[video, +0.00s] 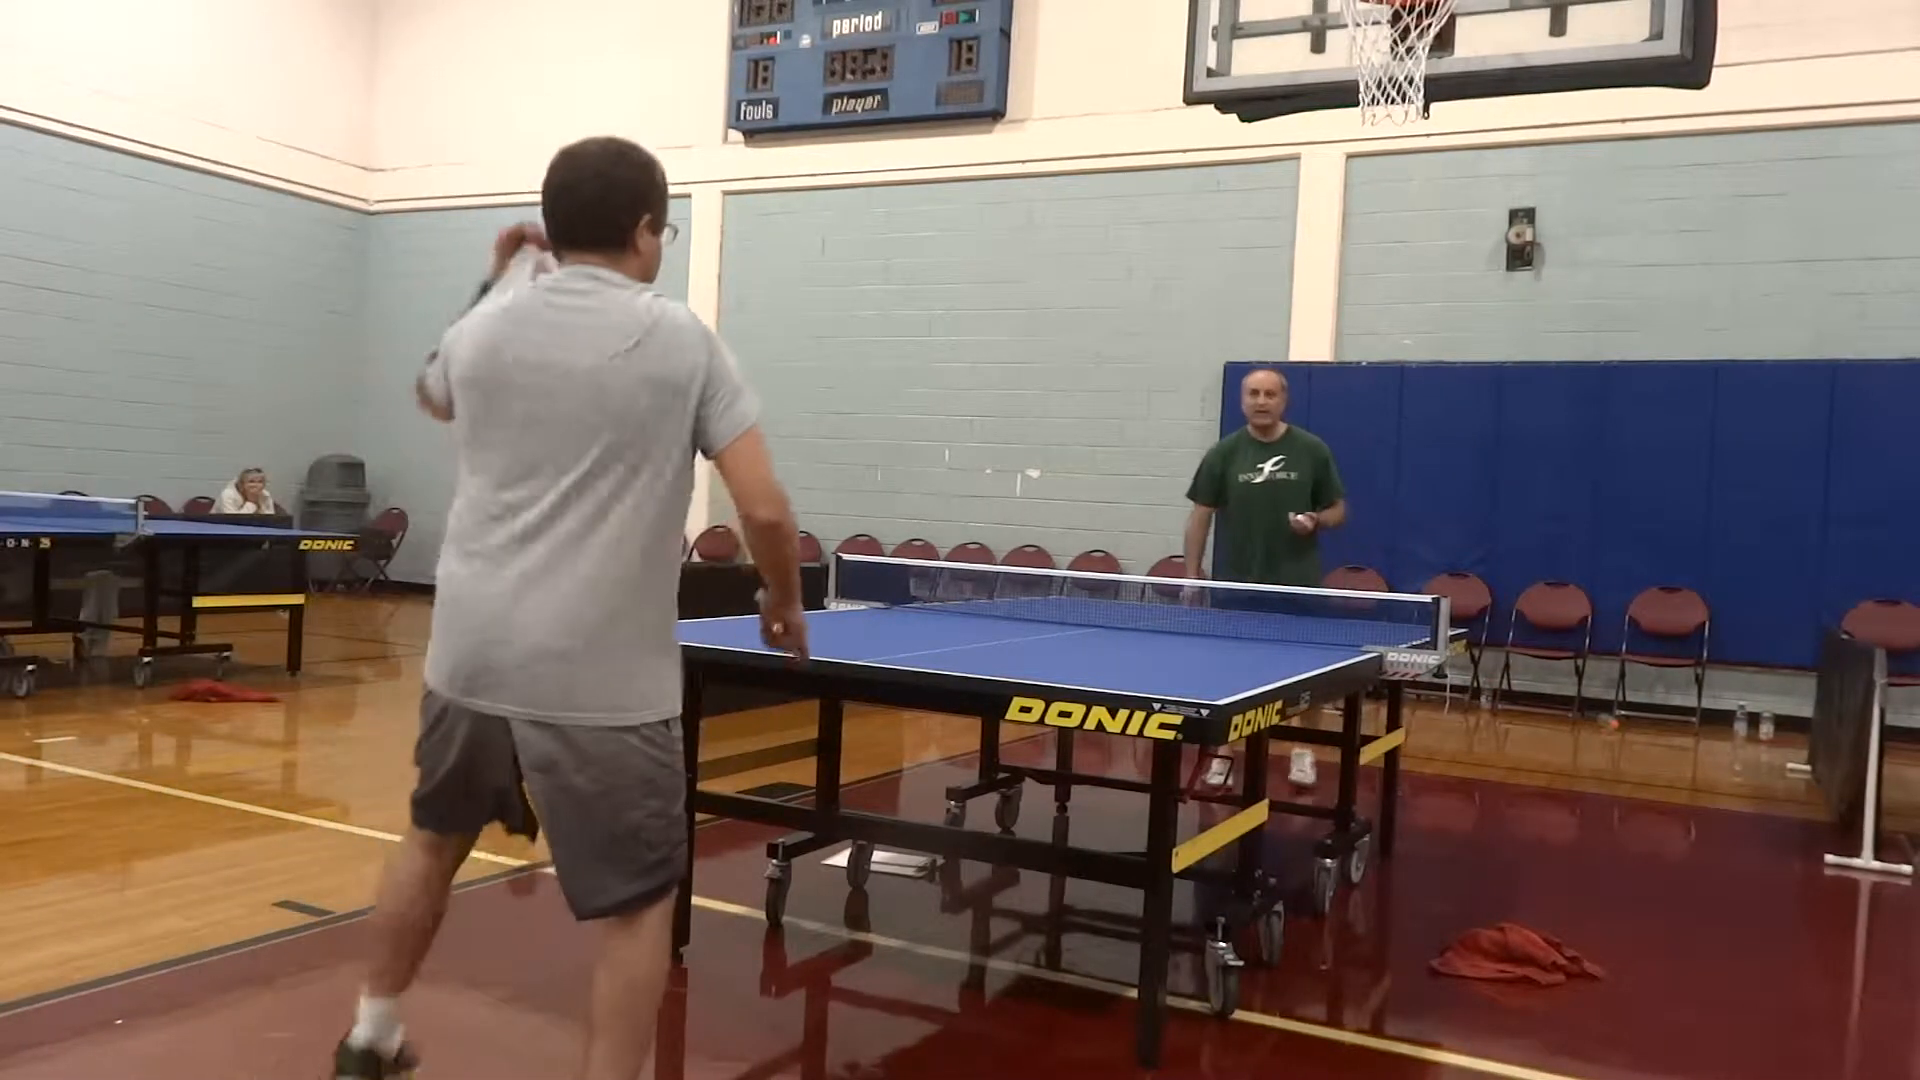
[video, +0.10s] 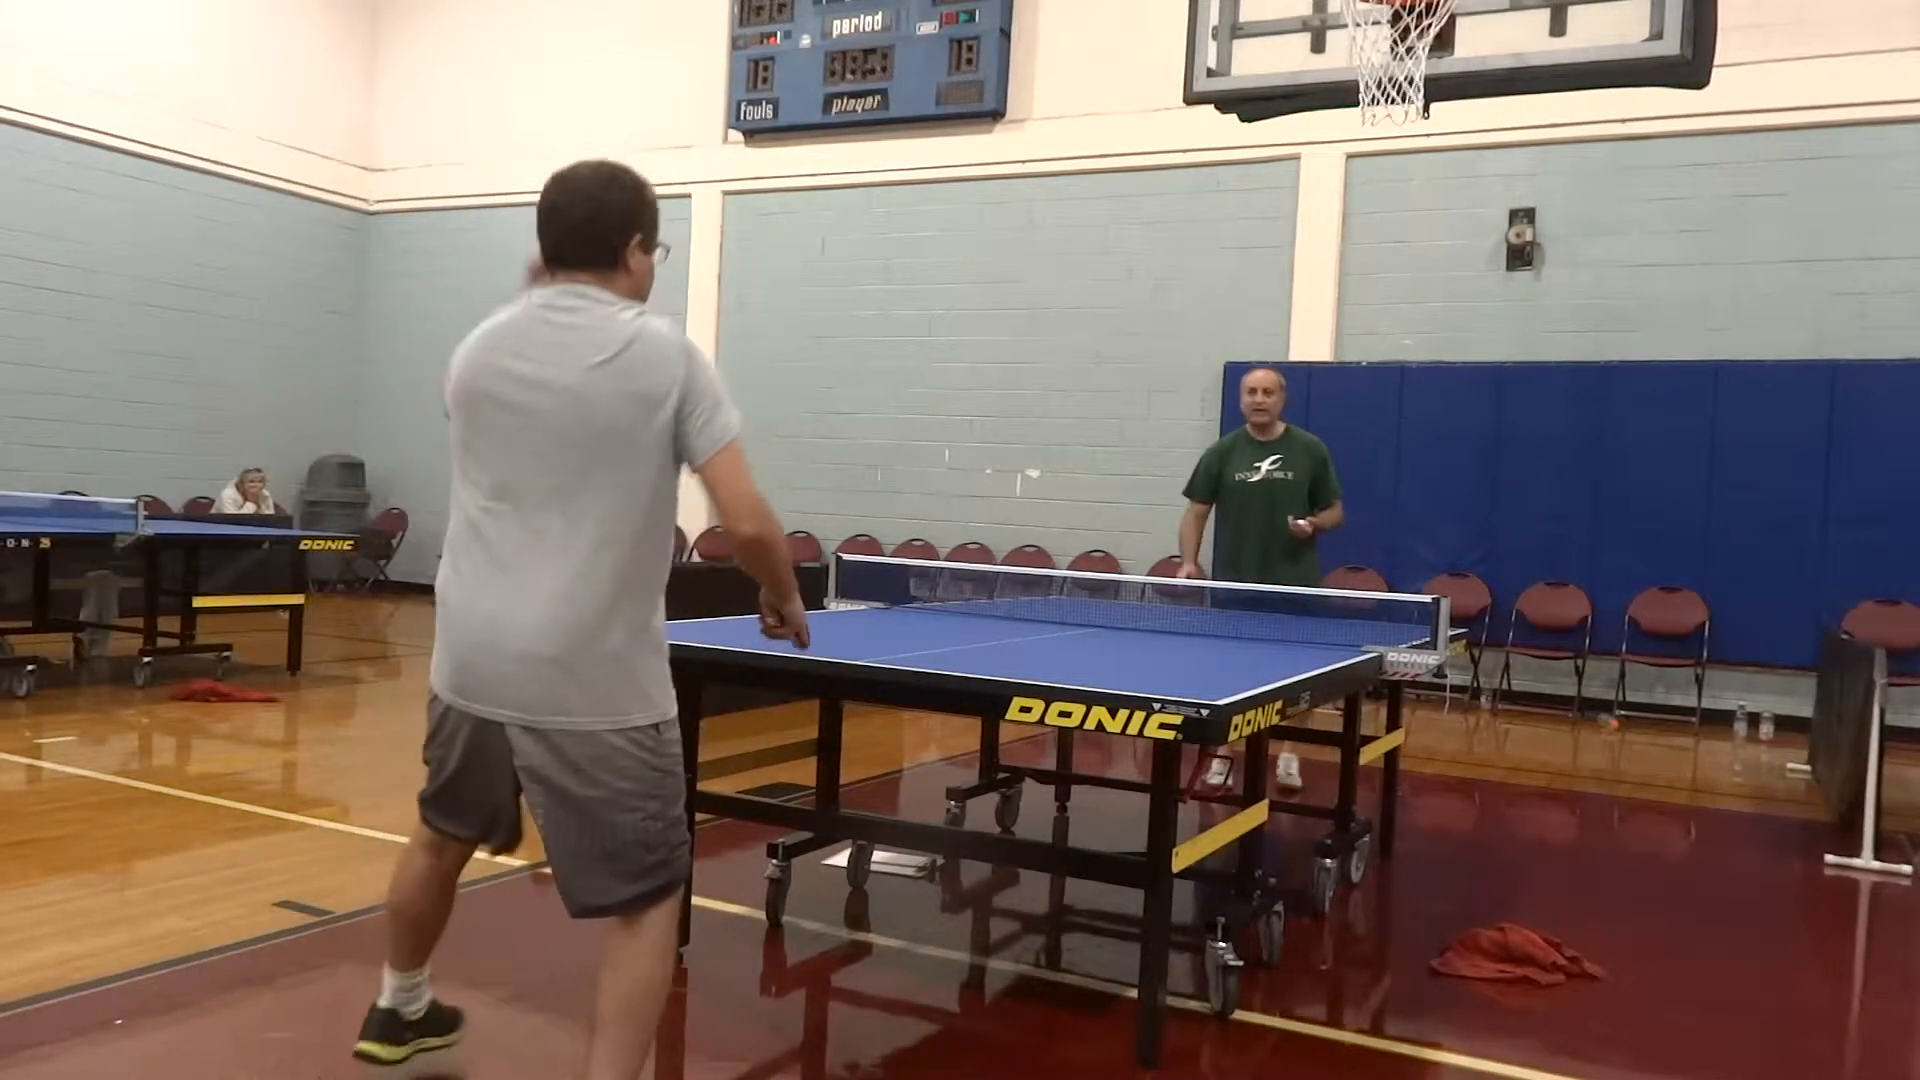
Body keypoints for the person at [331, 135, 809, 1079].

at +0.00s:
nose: (664, 237)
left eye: (661, 223)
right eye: (663, 223)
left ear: (548, 230)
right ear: (645, 230)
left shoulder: (490, 323)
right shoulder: (683, 340)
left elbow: (436, 395)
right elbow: (765, 512)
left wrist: (498, 283)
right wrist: (783, 603)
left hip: (466, 659)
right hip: (605, 684)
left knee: (433, 836)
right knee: (632, 907)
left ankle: (371, 1035)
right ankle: (614, 1074)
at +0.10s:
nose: (655, 260)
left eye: (656, 246)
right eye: (653, 246)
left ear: (541, 248)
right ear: (634, 250)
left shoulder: (478, 350)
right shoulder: (667, 357)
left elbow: (498, 485)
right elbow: (745, 522)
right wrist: (781, 594)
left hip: (469, 665)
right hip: (598, 688)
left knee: (442, 831)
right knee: (644, 901)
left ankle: (395, 1007)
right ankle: (616, 1072)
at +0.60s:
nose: (634, 335)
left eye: (633, 319)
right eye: (633, 319)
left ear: (537, 318)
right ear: (611, 319)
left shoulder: (468, 393)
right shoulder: (610, 392)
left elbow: (401, 548)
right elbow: (635, 545)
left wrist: (494, 587)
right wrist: (705, 623)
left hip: (433, 658)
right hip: (537, 667)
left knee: (465, 826)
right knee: (608, 873)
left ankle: (406, 1027)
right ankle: (638, 1074)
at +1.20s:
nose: (677, 357)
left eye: (680, 344)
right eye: (677, 342)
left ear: (581, 333)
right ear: (657, 339)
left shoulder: (503, 396)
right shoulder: (646, 416)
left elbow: (488, 537)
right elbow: (671, 589)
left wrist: (577, 617)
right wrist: (718, 660)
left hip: (430, 660)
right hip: (537, 674)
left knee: (460, 833)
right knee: (626, 885)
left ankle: (404, 1028)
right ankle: (635, 1073)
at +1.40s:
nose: (683, 366)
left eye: (686, 352)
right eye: (684, 350)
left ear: (588, 339)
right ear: (663, 346)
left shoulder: (509, 398)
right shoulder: (652, 423)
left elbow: (482, 544)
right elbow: (672, 592)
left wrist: (575, 618)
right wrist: (723, 664)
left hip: (429, 653)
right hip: (534, 670)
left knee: (460, 832)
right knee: (623, 886)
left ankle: (404, 1028)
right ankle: (634, 1073)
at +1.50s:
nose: (687, 367)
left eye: (689, 353)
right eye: (687, 352)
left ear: (591, 339)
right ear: (664, 347)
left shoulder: (512, 399)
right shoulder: (655, 425)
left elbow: (488, 545)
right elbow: (671, 591)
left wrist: (579, 627)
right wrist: (723, 664)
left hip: (431, 653)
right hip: (536, 669)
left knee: (461, 832)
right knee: (622, 885)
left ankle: (404, 1028)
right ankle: (635, 1073)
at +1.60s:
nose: (690, 365)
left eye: (692, 351)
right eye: (690, 350)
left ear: (593, 340)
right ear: (667, 348)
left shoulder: (514, 400)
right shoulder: (656, 424)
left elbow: (491, 541)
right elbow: (671, 590)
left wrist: (579, 623)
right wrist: (722, 663)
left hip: (435, 652)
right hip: (539, 670)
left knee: (461, 832)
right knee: (621, 885)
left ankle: (404, 1028)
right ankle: (634, 1073)